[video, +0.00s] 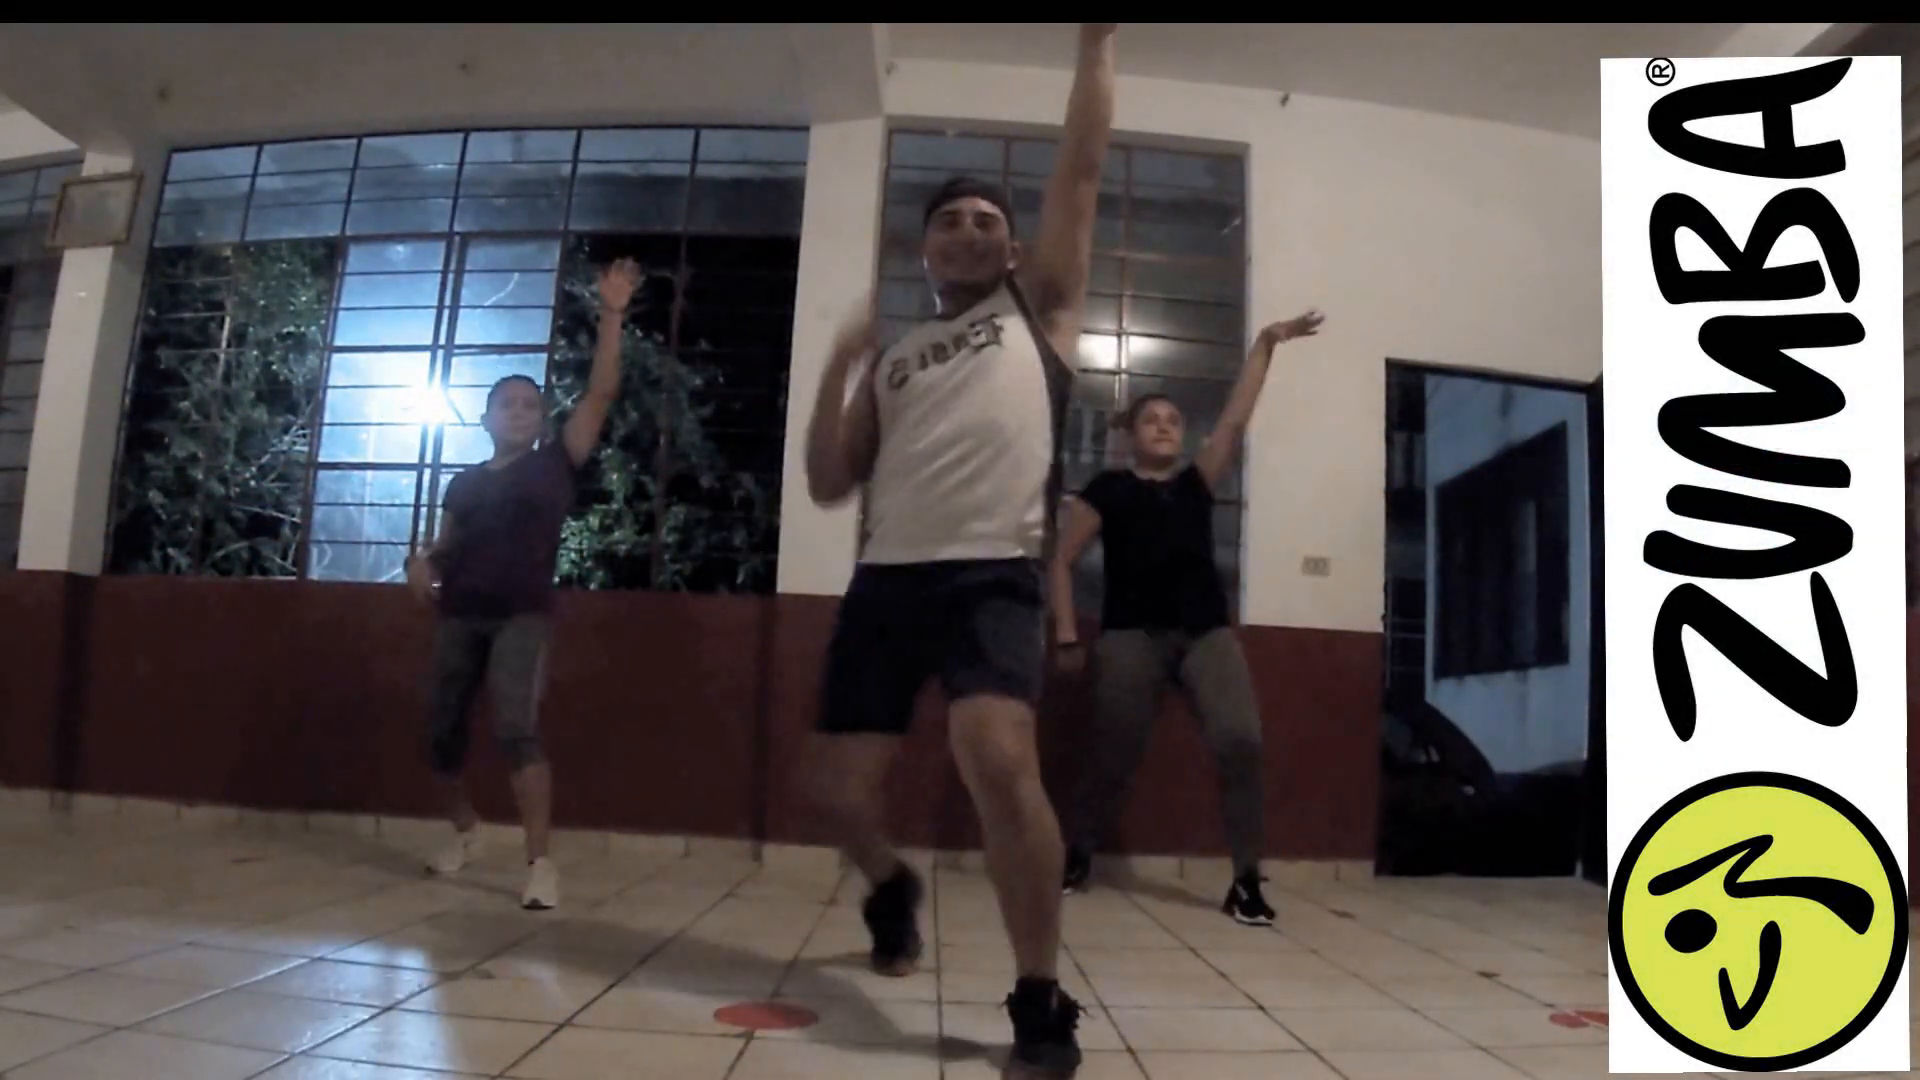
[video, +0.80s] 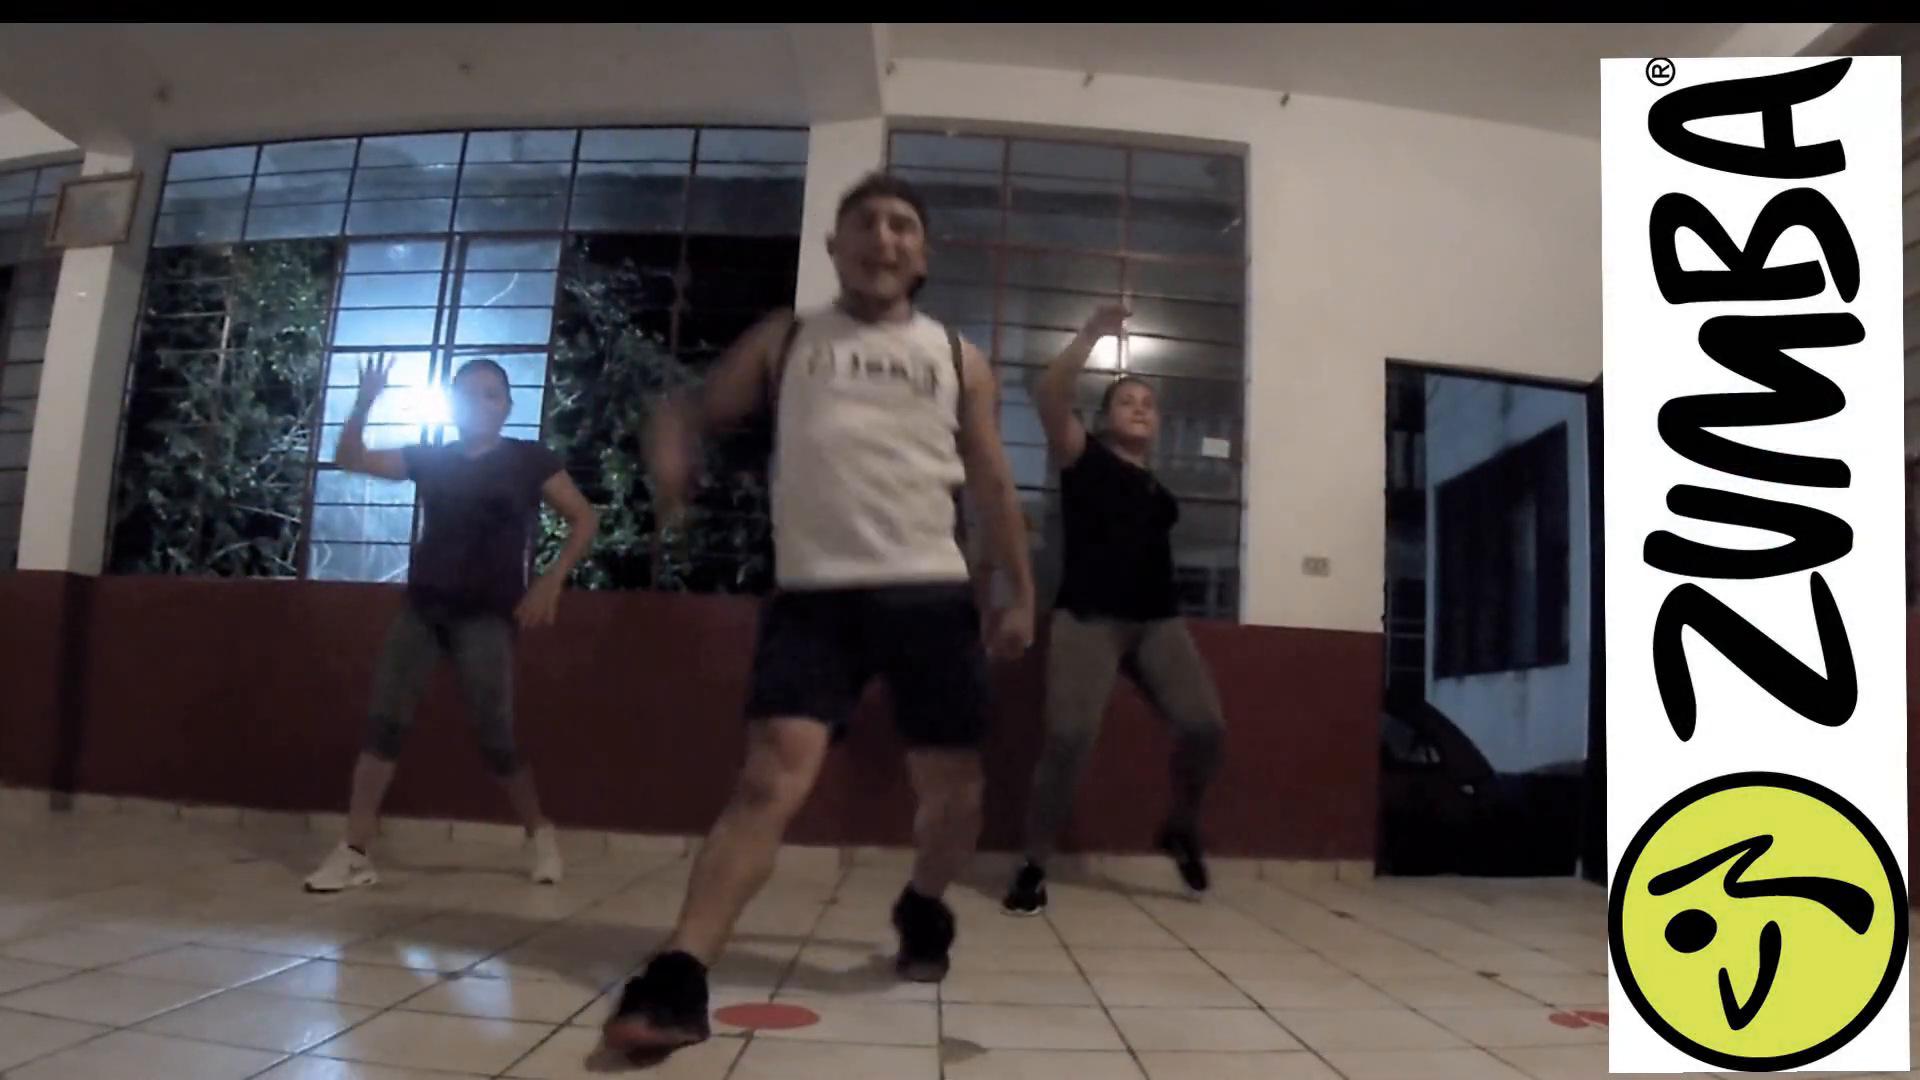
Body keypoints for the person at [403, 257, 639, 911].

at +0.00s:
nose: (518, 410)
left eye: (528, 404)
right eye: (507, 403)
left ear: (542, 418)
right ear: (489, 416)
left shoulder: (557, 463)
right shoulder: (468, 483)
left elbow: (601, 394)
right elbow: (445, 548)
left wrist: (612, 314)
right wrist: (423, 561)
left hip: (524, 612)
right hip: (462, 611)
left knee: (516, 727)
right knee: (444, 727)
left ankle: (539, 862)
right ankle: (464, 828)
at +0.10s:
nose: (519, 406)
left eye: (530, 400)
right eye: (509, 398)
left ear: (545, 413)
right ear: (491, 413)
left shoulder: (561, 456)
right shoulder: (466, 482)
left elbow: (621, 412)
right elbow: (428, 553)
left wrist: (604, 333)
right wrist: (416, 535)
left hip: (526, 609)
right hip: (461, 608)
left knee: (518, 731)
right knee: (417, 724)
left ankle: (539, 864)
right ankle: (448, 808)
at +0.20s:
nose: (516, 402)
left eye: (527, 396)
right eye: (507, 394)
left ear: (542, 410)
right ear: (488, 406)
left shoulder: (556, 462)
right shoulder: (464, 467)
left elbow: (625, 438)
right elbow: (388, 478)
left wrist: (600, 366)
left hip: (522, 609)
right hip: (456, 607)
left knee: (518, 727)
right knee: (397, 710)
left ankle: (539, 865)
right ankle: (410, 834)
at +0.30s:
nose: (512, 403)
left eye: (523, 396)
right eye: (502, 394)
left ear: (535, 412)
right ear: (482, 403)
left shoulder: (543, 469)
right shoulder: (448, 453)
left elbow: (608, 469)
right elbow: (381, 403)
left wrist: (591, 394)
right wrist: (387, 331)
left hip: (517, 608)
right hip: (446, 605)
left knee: (520, 731)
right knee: (385, 718)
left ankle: (539, 865)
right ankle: (367, 848)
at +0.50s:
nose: (487, 412)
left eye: (499, 406)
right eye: (479, 400)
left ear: (508, 419)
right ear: (457, 402)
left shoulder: (510, 479)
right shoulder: (420, 448)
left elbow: (574, 526)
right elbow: (378, 370)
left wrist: (557, 451)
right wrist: (378, 291)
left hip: (483, 612)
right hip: (415, 609)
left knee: (509, 731)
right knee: (361, 729)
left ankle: (538, 862)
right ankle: (355, 858)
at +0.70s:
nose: (484, 400)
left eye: (492, 392)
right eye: (473, 390)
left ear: (503, 402)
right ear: (449, 395)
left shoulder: (516, 461)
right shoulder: (417, 448)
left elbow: (578, 513)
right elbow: (342, 415)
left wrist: (545, 553)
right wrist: (366, 351)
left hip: (481, 610)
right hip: (412, 606)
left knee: (496, 725)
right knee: (366, 720)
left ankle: (533, 831)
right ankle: (354, 852)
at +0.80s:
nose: (483, 404)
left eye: (492, 395)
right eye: (472, 394)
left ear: (508, 404)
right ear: (453, 403)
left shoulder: (529, 461)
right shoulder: (429, 460)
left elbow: (584, 518)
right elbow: (349, 459)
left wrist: (551, 583)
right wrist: (364, 401)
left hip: (487, 613)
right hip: (423, 608)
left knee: (496, 740)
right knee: (383, 725)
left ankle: (539, 837)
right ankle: (353, 851)